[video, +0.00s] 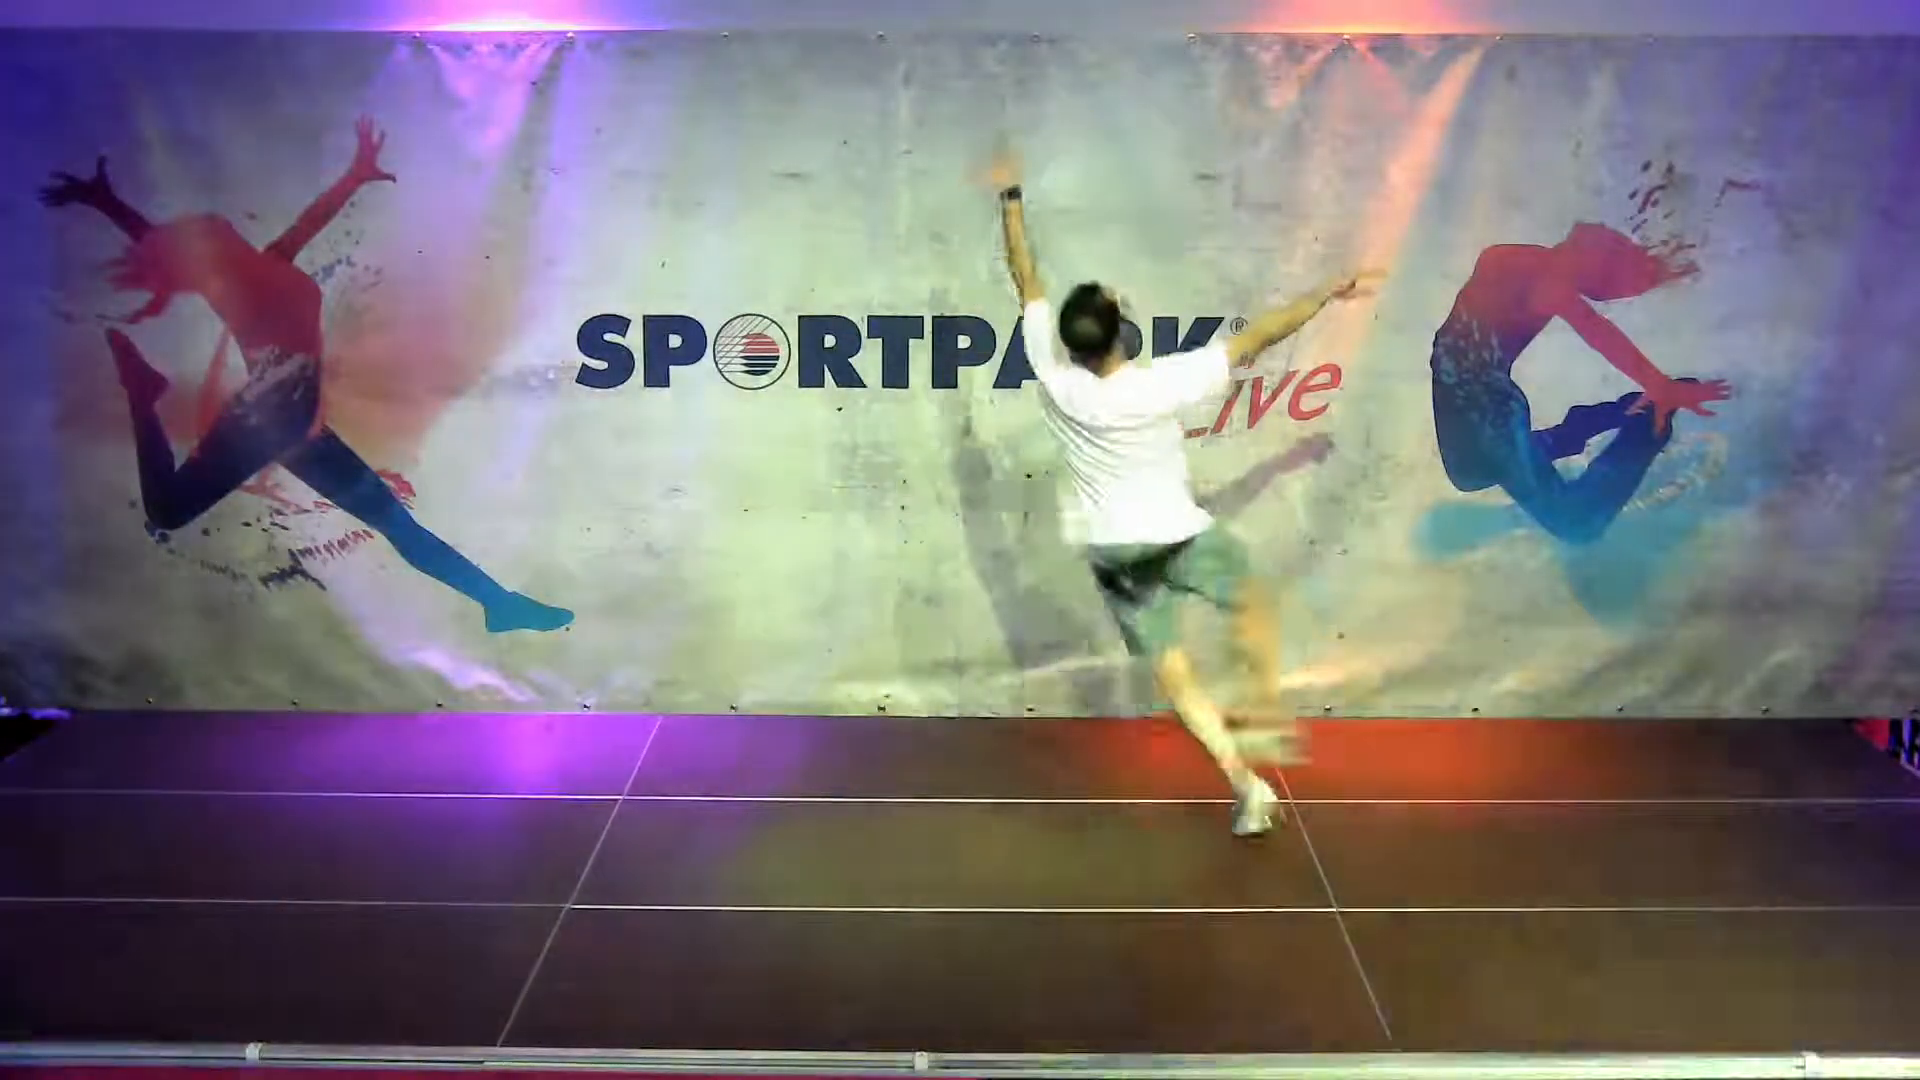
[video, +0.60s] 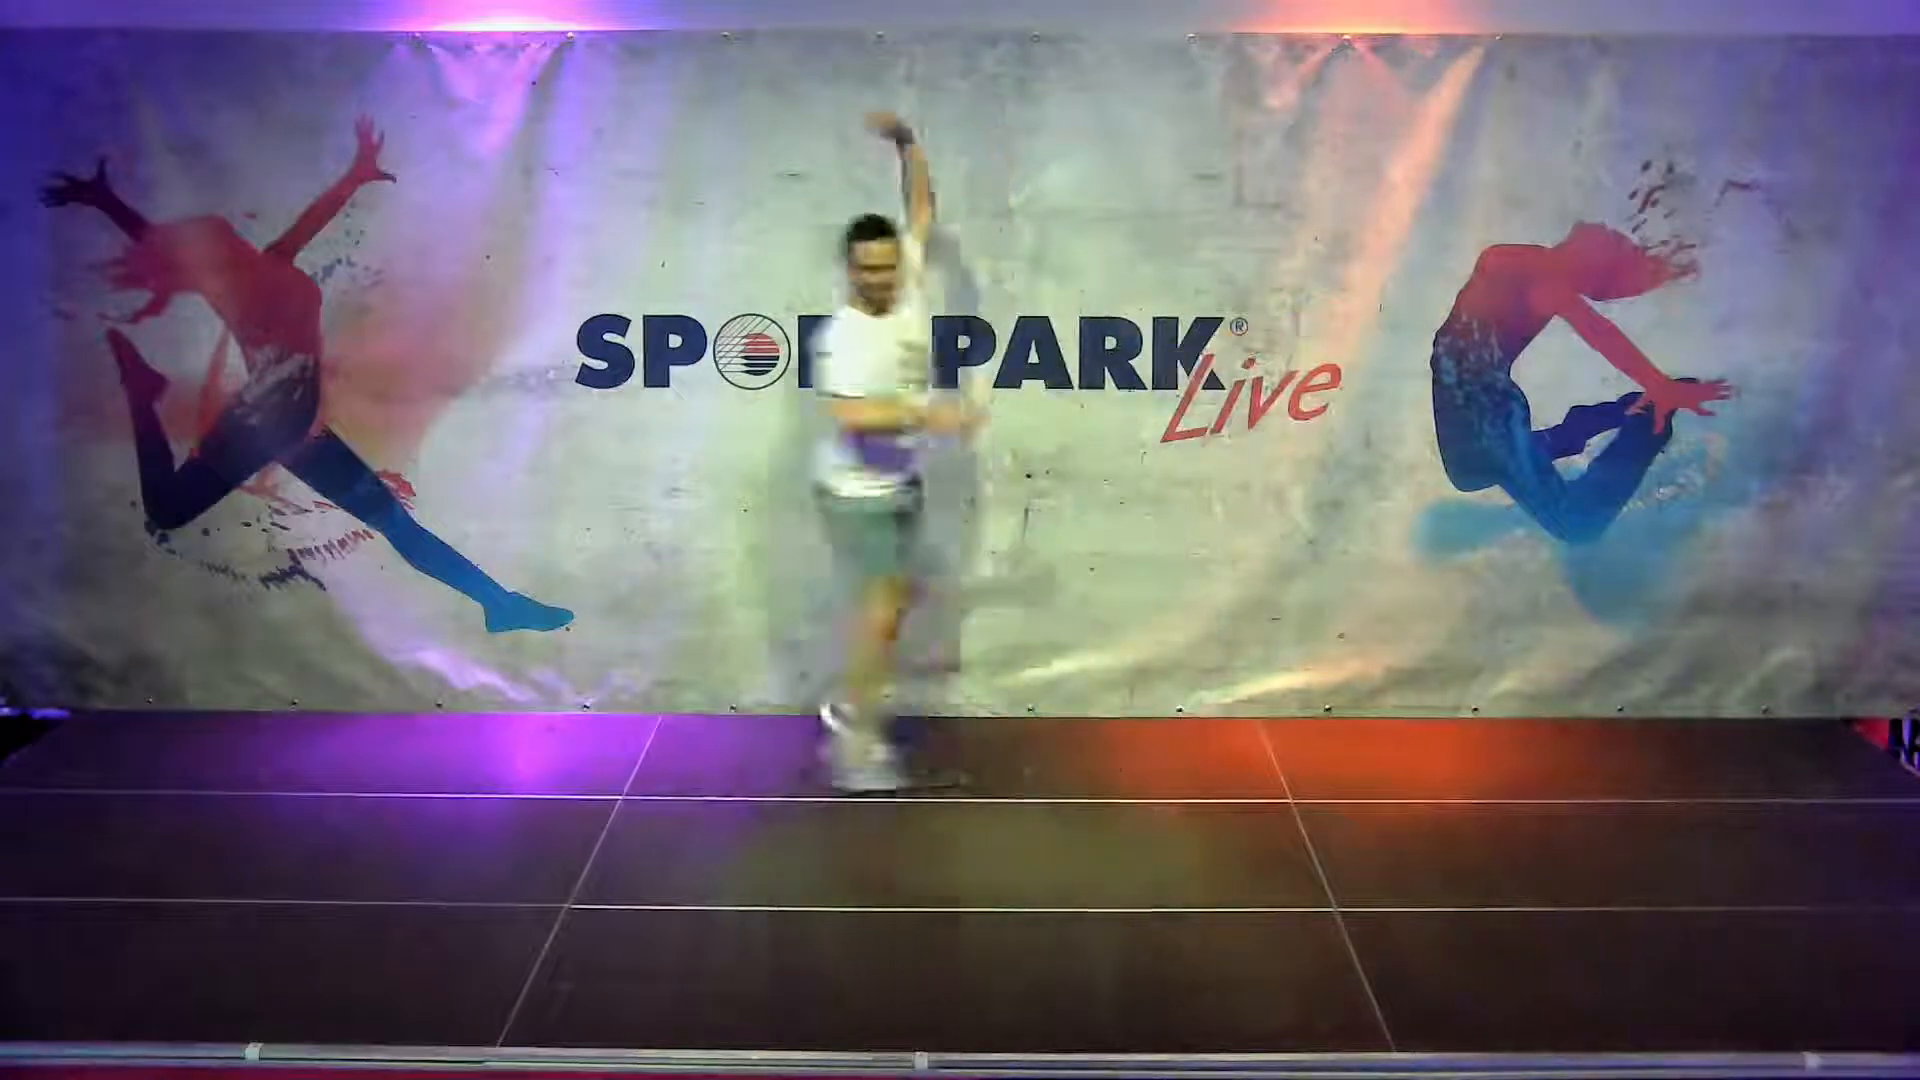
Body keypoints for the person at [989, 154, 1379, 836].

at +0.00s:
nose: (1123, 328)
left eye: (1099, 326)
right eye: (1121, 323)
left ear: (1070, 340)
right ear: (1121, 334)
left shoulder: (1056, 380)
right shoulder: (1159, 383)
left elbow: (1025, 282)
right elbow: (1249, 341)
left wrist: (1010, 198)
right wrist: (1324, 295)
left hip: (1108, 546)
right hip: (1173, 528)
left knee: (1171, 674)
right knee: (1251, 599)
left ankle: (1247, 786)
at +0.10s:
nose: (1091, 307)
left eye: (1074, 308)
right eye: (1098, 304)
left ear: (1057, 329)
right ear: (1106, 325)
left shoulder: (1045, 367)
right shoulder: (1146, 372)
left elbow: (1010, 273)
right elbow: (1235, 345)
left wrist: (1003, 183)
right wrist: (1306, 312)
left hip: (1077, 521)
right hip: (1142, 516)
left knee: (1100, 645)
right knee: (1168, 620)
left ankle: (1171, 735)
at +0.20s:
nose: (1068, 328)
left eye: (1055, 322)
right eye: (1079, 321)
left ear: (1040, 332)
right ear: (1093, 328)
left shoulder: (1019, 373)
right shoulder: (1126, 374)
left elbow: (981, 290)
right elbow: (1200, 363)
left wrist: (986, 208)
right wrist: (1252, 341)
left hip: (1045, 538)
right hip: (1113, 536)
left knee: (1012, 626)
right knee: (1146, 624)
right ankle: (1160, 742)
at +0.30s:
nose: (1029, 328)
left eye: (1022, 319)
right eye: (1040, 320)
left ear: (1005, 333)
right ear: (1058, 332)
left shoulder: (982, 379)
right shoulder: (1087, 394)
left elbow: (950, 307)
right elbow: (1152, 394)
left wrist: (965, 222)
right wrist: (1157, 381)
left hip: (996, 547)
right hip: (1067, 547)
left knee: (947, 619)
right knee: (1125, 623)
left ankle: (917, 736)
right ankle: (1156, 742)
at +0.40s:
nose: (1007, 320)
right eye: (1004, 312)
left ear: (951, 315)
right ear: (1001, 320)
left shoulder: (931, 358)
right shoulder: (1024, 389)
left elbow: (914, 272)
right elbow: (1092, 412)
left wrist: (945, 204)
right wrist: (1100, 407)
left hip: (931, 520)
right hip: (1001, 527)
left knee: (915, 621)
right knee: (1053, 630)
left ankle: (900, 737)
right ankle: (1119, 732)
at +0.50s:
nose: (945, 295)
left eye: (950, 284)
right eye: (934, 286)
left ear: (955, 281)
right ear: (910, 286)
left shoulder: (898, 325)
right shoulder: (929, 354)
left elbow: (916, 266)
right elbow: (981, 415)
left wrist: (911, 212)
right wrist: (996, 403)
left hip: (885, 485)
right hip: (919, 494)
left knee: (910, 606)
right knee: (963, 606)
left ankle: (891, 729)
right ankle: (993, 732)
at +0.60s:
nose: (878, 279)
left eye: (886, 268)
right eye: (866, 269)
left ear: (900, 265)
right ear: (850, 269)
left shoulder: (906, 298)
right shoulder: (846, 334)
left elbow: (921, 213)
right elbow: (850, 413)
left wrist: (909, 144)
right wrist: (928, 415)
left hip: (899, 475)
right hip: (855, 482)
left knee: (896, 597)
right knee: (882, 604)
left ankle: (850, 701)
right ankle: (859, 737)